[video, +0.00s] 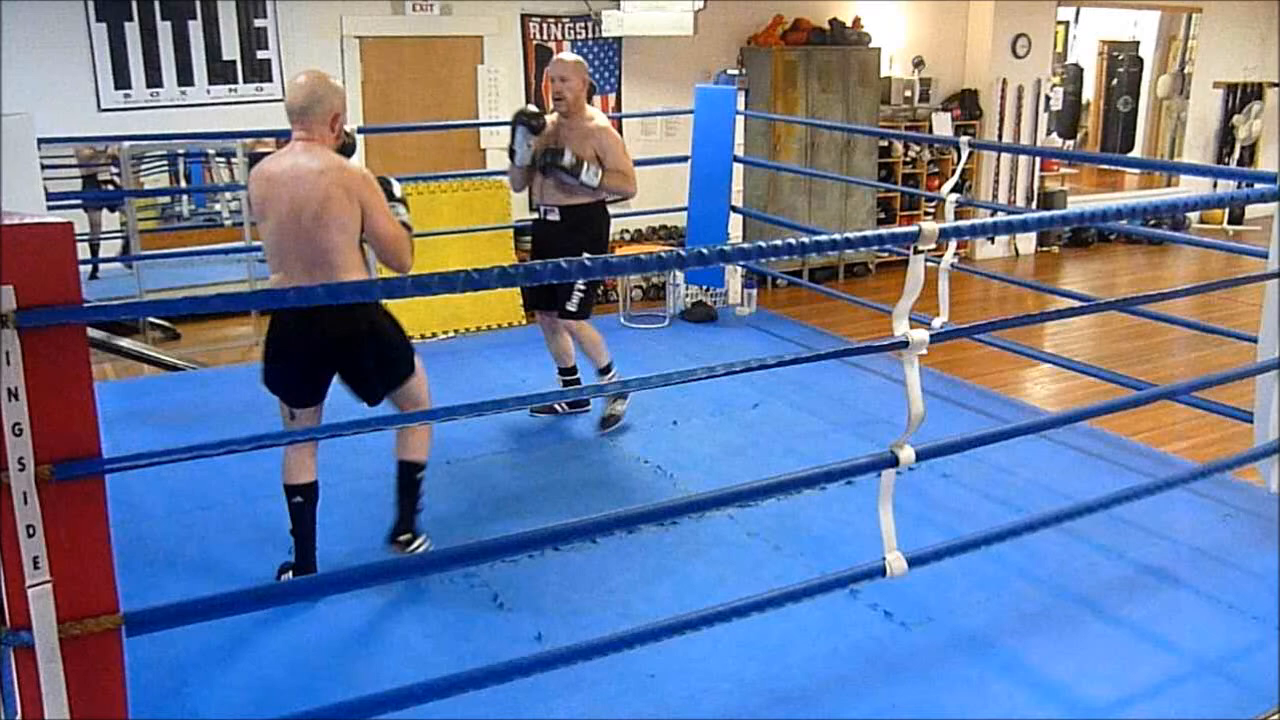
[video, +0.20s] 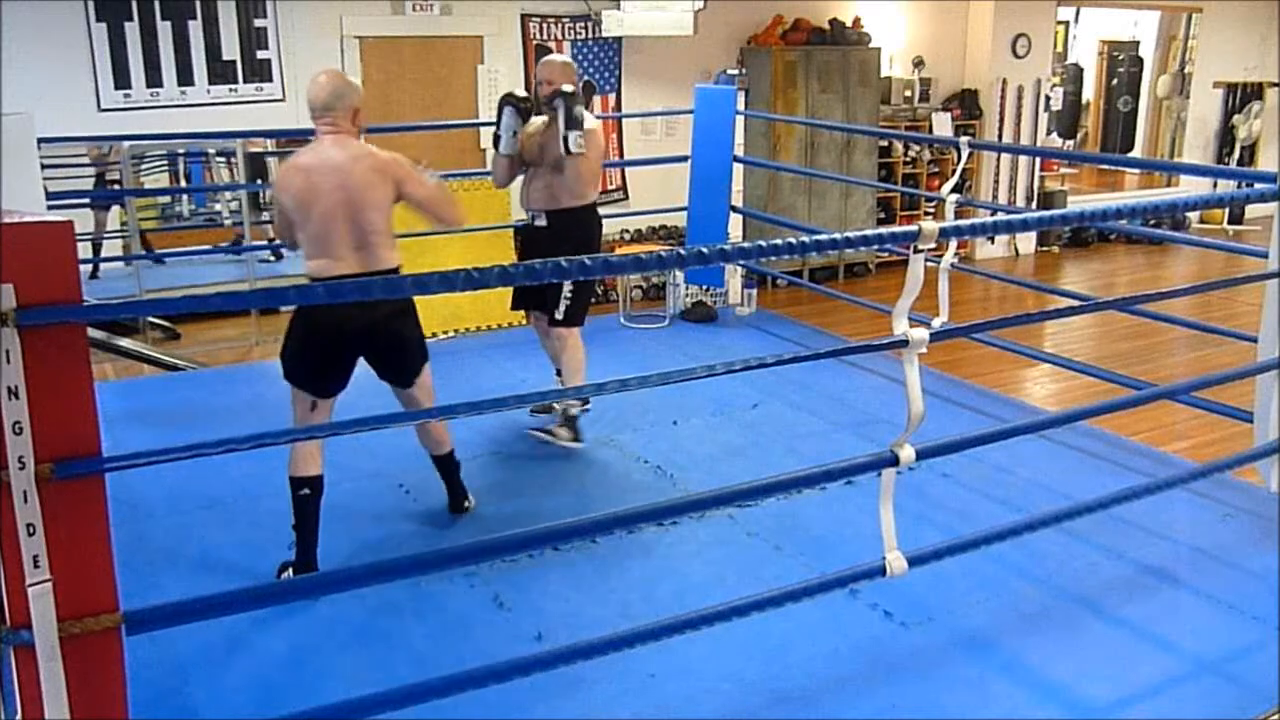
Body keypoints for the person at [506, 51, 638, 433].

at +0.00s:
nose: (554, 88)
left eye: (563, 80)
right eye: (550, 80)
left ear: (584, 84)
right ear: (544, 84)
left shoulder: (600, 132)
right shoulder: (543, 128)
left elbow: (626, 185)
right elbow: (517, 184)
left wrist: (576, 168)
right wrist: (522, 142)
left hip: (585, 223)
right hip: (546, 223)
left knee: (572, 316)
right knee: (546, 315)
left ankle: (614, 387)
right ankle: (572, 392)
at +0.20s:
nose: (542, 91)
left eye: (549, 84)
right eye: (538, 84)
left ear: (571, 86)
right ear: (534, 86)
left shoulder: (587, 127)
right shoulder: (533, 129)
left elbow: (584, 184)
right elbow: (501, 177)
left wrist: (569, 127)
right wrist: (506, 131)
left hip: (575, 226)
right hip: (536, 227)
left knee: (563, 326)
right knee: (539, 319)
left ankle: (572, 418)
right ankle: (571, 390)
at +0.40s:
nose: (528, 102)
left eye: (536, 94)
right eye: (526, 94)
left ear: (560, 98)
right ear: (526, 98)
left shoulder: (570, 137)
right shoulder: (529, 138)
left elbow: (543, 168)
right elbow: (512, 187)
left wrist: (530, 125)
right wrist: (502, 150)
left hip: (566, 244)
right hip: (536, 243)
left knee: (542, 346)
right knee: (548, 324)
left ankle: (550, 444)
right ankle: (572, 387)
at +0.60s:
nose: (511, 102)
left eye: (519, 93)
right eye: (510, 94)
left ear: (549, 98)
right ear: (544, 100)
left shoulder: (545, 139)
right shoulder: (558, 131)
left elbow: (518, 178)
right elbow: (537, 176)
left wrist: (472, 153)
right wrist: (501, 159)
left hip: (561, 253)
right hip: (582, 242)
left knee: (536, 350)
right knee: (579, 329)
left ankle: (552, 446)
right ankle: (598, 397)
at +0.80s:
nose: (527, 100)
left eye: (534, 92)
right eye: (526, 92)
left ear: (561, 98)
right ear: (556, 98)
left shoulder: (566, 147)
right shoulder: (561, 134)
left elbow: (564, 222)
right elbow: (549, 180)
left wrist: (519, 187)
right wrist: (520, 168)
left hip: (581, 250)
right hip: (597, 239)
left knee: (541, 348)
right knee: (609, 324)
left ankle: (552, 447)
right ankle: (653, 392)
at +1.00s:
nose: (570, 104)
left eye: (579, 97)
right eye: (571, 97)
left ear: (606, 104)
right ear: (599, 106)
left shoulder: (610, 151)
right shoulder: (596, 143)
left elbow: (582, 213)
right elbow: (570, 197)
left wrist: (559, 162)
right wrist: (559, 146)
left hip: (608, 256)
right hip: (618, 250)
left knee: (564, 351)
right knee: (632, 336)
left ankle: (554, 447)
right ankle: (682, 402)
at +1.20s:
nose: (607, 101)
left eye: (616, 94)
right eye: (606, 93)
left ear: (641, 100)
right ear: (608, 98)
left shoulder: (650, 149)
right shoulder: (619, 143)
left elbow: (634, 211)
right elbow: (606, 209)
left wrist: (605, 172)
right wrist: (589, 166)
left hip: (650, 253)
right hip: (630, 249)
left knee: (608, 343)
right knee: (650, 335)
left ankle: (579, 436)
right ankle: (687, 406)